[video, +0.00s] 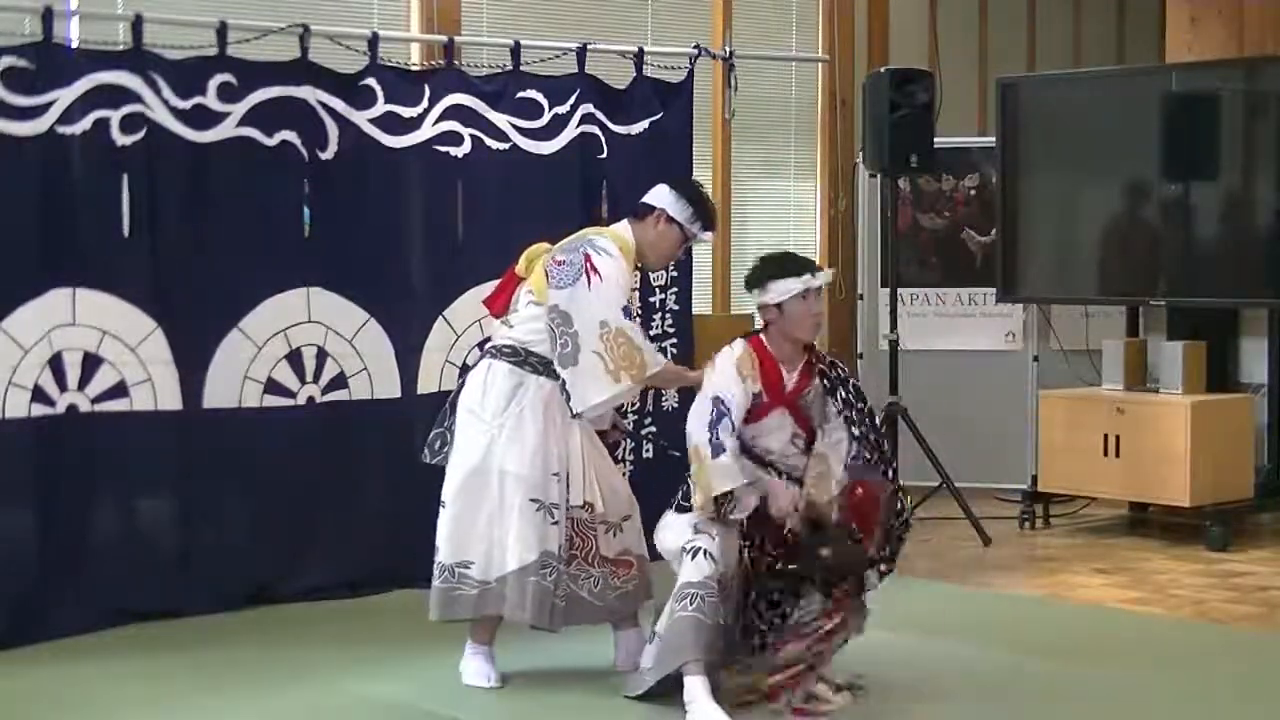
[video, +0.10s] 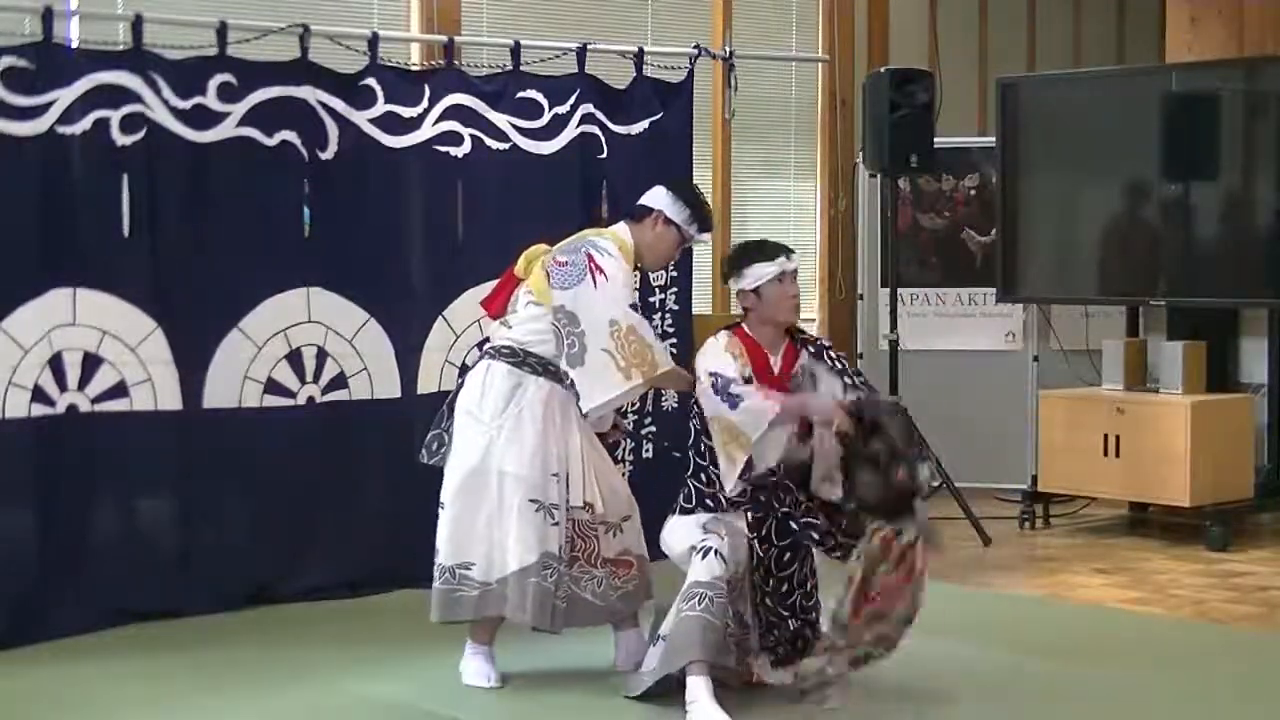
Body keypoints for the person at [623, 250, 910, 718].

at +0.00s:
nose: (819, 308)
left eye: (819, 297)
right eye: (807, 299)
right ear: (771, 312)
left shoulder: (824, 371)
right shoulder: (736, 364)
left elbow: (837, 444)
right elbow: (709, 440)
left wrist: (814, 499)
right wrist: (767, 488)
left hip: (792, 512)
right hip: (726, 508)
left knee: (849, 573)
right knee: (705, 562)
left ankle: (799, 671)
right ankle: (695, 681)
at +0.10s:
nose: (796, 290)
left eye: (795, 280)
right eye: (783, 282)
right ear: (748, 298)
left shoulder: (813, 353)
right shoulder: (720, 353)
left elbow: (861, 397)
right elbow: (733, 406)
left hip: (788, 512)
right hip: (717, 508)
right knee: (716, 550)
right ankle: (698, 686)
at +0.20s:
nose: (785, 284)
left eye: (783, 273)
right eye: (771, 276)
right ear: (735, 296)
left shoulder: (802, 354)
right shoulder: (711, 347)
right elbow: (741, 368)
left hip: (770, 525)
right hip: (704, 514)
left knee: (769, 671)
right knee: (725, 549)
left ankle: (678, 652)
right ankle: (699, 686)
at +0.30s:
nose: (780, 288)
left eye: (762, 280)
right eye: (762, 280)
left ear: (775, 284)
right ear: (733, 293)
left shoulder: (787, 345)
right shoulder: (708, 342)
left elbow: (853, 323)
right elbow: (736, 336)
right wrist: (782, 274)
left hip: (769, 506)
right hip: (708, 504)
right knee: (727, 553)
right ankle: (699, 683)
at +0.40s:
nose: (777, 301)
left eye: (781, 290)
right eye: (764, 290)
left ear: (786, 296)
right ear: (732, 293)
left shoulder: (785, 351)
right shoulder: (709, 348)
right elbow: (741, 308)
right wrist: (774, 250)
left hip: (769, 505)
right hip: (705, 504)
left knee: (773, 668)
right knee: (726, 553)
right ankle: (700, 683)